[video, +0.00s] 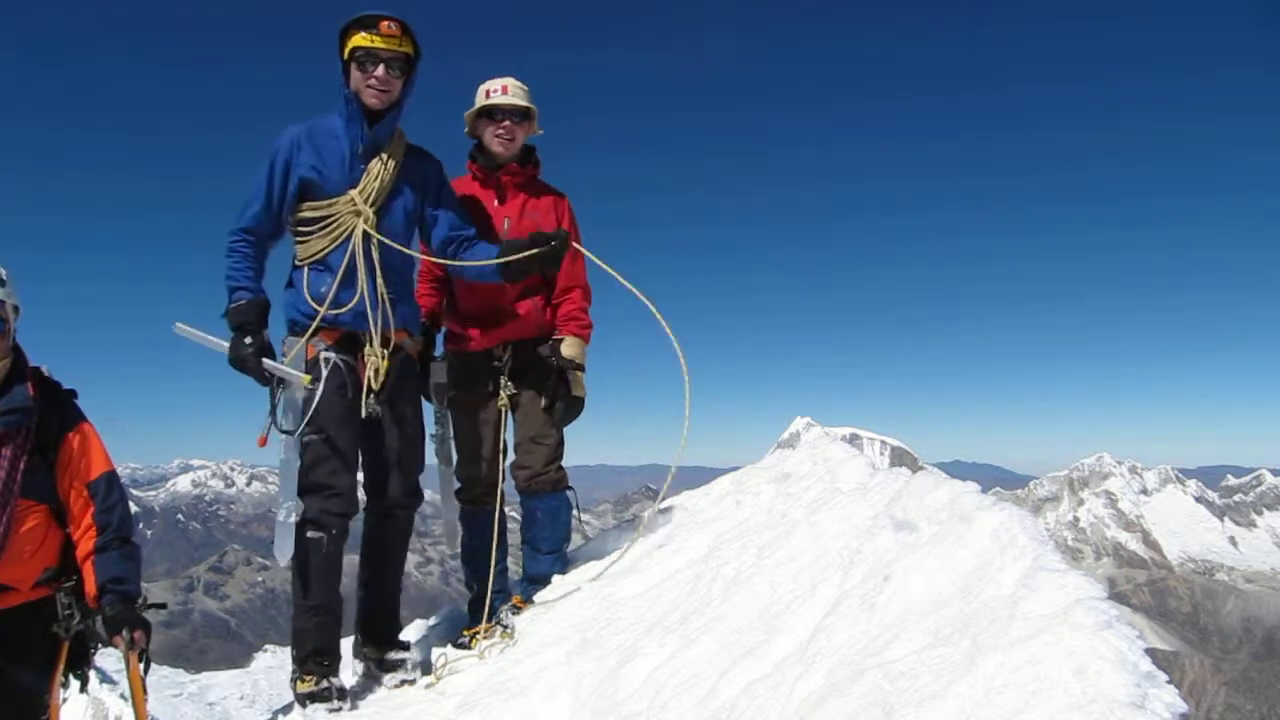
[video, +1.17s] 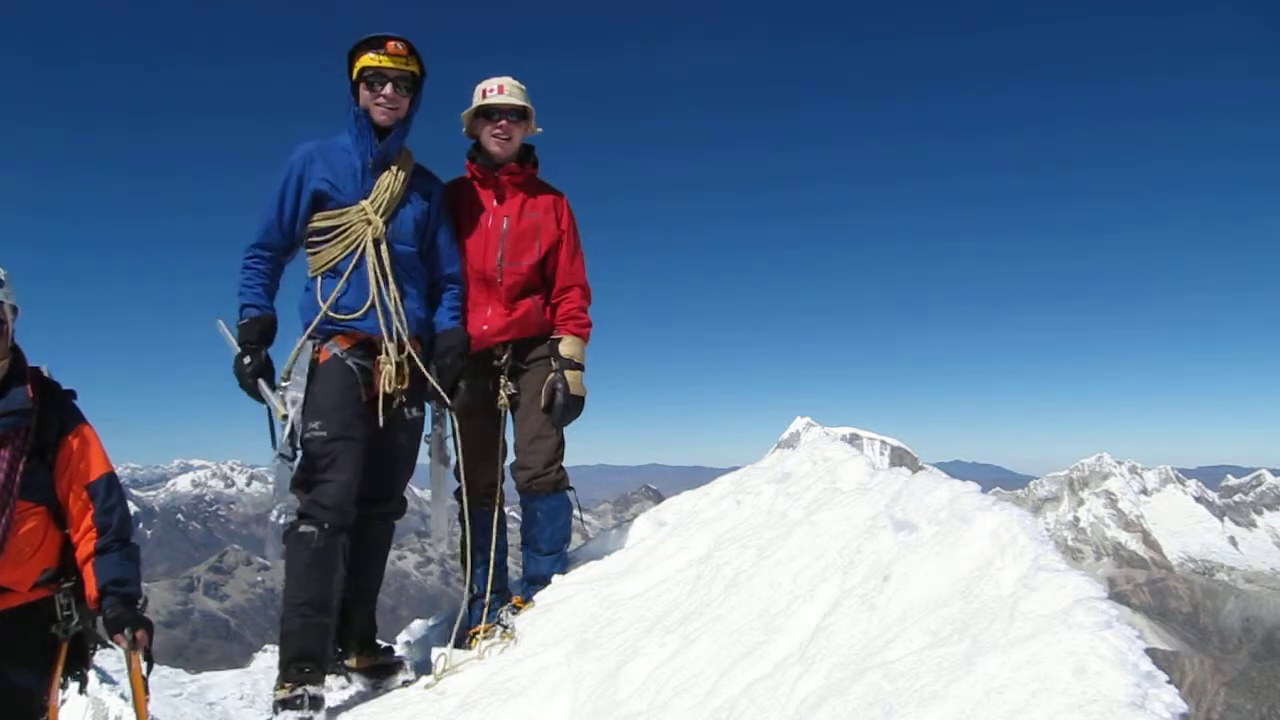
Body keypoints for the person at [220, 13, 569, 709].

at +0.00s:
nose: (380, 75)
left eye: (393, 66)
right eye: (368, 62)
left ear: (409, 77)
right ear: (347, 69)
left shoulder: (422, 167)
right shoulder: (304, 145)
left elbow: (457, 248)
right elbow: (248, 236)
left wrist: (510, 257)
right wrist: (247, 322)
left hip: (398, 350)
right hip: (321, 344)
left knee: (397, 495)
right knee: (326, 497)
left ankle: (379, 641)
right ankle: (314, 661)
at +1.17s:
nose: (388, 93)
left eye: (401, 84)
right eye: (376, 81)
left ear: (416, 96)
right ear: (356, 88)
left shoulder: (427, 187)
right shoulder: (315, 162)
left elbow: (449, 278)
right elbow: (264, 253)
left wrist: (448, 342)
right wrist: (255, 335)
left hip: (407, 361)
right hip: (336, 354)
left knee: (380, 504)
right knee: (330, 501)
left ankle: (356, 639)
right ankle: (301, 669)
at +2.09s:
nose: (385, 96)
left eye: (399, 87)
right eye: (374, 84)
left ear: (413, 99)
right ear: (354, 90)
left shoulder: (419, 190)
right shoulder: (313, 159)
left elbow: (434, 284)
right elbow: (256, 249)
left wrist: (440, 361)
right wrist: (254, 334)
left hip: (404, 362)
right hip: (334, 355)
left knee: (376, 506)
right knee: (323, 503)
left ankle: (355, 640)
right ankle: (298, 670)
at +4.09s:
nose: (399, 110)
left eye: (403, 100)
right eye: (387, 97)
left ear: (398, 109)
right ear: (353, 101)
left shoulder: (397, 193)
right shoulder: (308, 170)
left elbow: (420, 283)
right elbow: (262, 266)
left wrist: (432, 360)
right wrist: (323, 289)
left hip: (401, 363)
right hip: (344, 358)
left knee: (381, 504)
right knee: (341, 498)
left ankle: (354, 643)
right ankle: (295, 671)